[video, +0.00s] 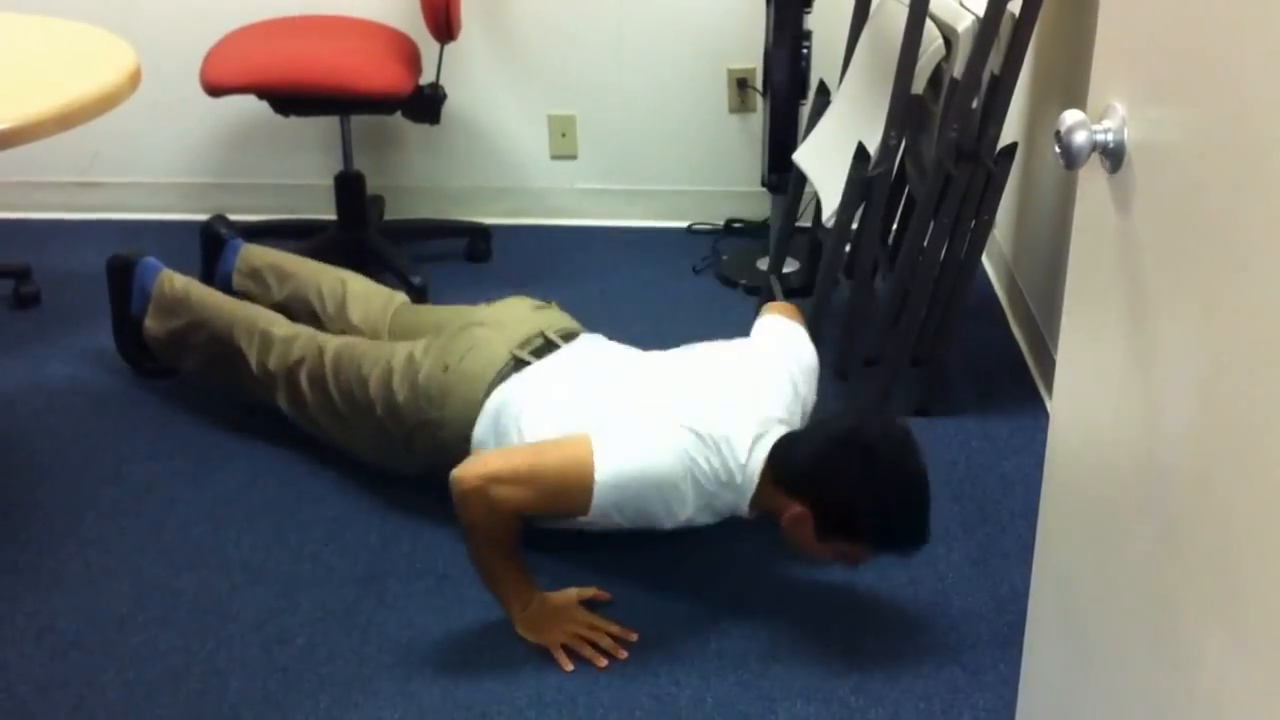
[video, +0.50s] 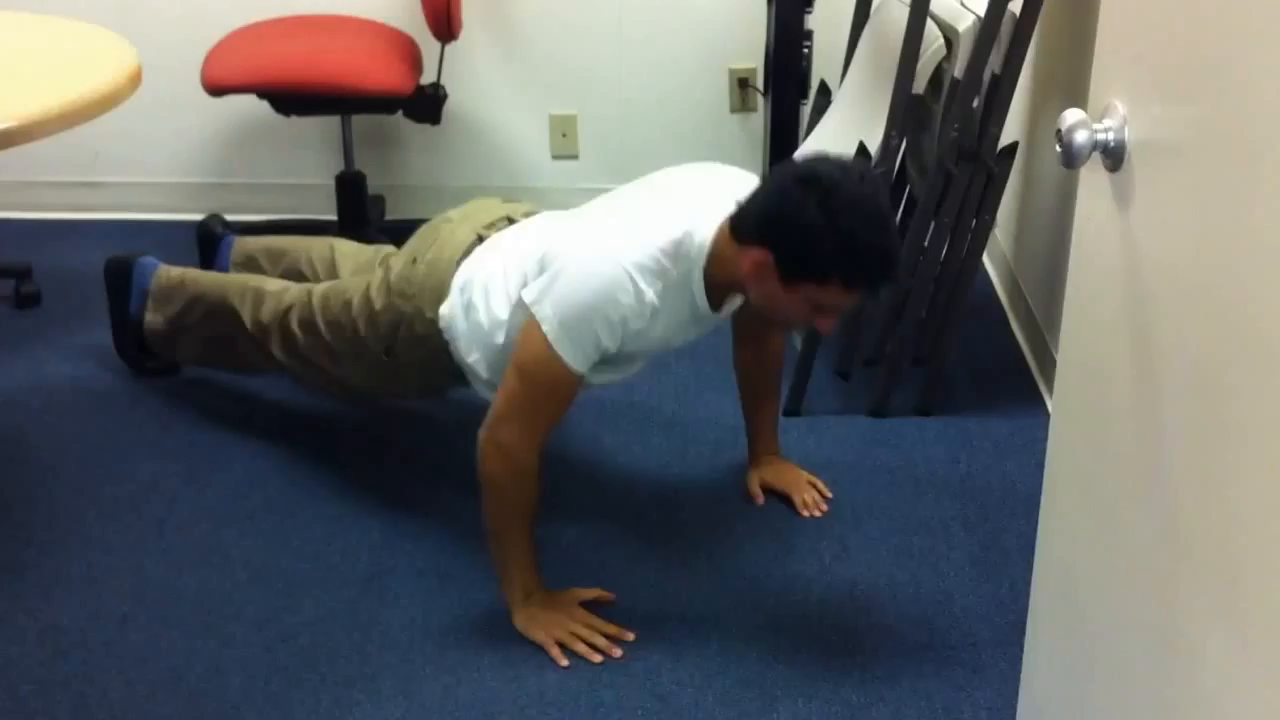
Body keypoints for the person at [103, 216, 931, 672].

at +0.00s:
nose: (839, 561)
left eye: (854, 552)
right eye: (843, 548)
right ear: (803, 512)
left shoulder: (790, 376)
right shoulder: (678, 472)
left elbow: (780, 309)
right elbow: (478, 487)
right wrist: (528, 606)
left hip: (542, 328)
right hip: (466, 398)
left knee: (388, 313)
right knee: (294, 364)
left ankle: (240, 255)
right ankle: (159, 304)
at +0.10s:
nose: (841, 549)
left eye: (857, 539)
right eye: (844, 535)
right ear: (799, 499)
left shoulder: (783, 366)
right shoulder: (666, 462)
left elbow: (777, 305)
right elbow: (472, 486)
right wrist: (528, 605)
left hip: (538, 321)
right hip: (465, 393)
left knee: (387, 311)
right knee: (292, 362)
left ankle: (240, 255)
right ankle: (157, 302)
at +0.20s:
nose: (834, 474)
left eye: (846, 469)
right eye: (835, 463)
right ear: (788, 426)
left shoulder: (776, 301)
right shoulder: (650, 417)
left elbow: (740, 362)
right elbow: (469, 483)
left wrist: (762, 448)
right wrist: (526, 605)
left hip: (527, 291)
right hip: (461, 369)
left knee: (378, 292)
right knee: (290, 353)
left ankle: (233, 249)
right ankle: (155, 302)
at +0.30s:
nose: (824, 400)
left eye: (840, 392)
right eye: (825, 385)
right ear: (779, 345)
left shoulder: (766, 251)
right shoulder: (636, 350)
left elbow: (762, 357)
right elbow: (482, 468)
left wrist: (763, 453)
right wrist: (527, 604)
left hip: (518, 253)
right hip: (455, 325)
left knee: (373, 277)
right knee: (294, 332)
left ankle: (238, 248)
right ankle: (155, 303)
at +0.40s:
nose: (824, 339)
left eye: (839, 324)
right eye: (821, 319)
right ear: (766, 275)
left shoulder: (756, 208)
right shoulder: (618, 296)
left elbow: (761, 328)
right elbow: (510, 444)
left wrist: (765, 451)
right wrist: (526, 600)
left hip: (502, 226)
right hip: (446, 300)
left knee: (369, 261)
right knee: (288, 325)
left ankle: (235, 248)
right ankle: (155, 305)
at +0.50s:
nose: (827, 329)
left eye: (841, 313)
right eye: (823, 310)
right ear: (766, 265)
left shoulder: (758, 207)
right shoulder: (616, 286)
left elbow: (760, 326)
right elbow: (508, 440)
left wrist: (764, 452)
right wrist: (526, 595)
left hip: (511, 226)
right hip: (448, 302)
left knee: (370, 258)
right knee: (288, 324)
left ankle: (231, 248)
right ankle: (154, 308)